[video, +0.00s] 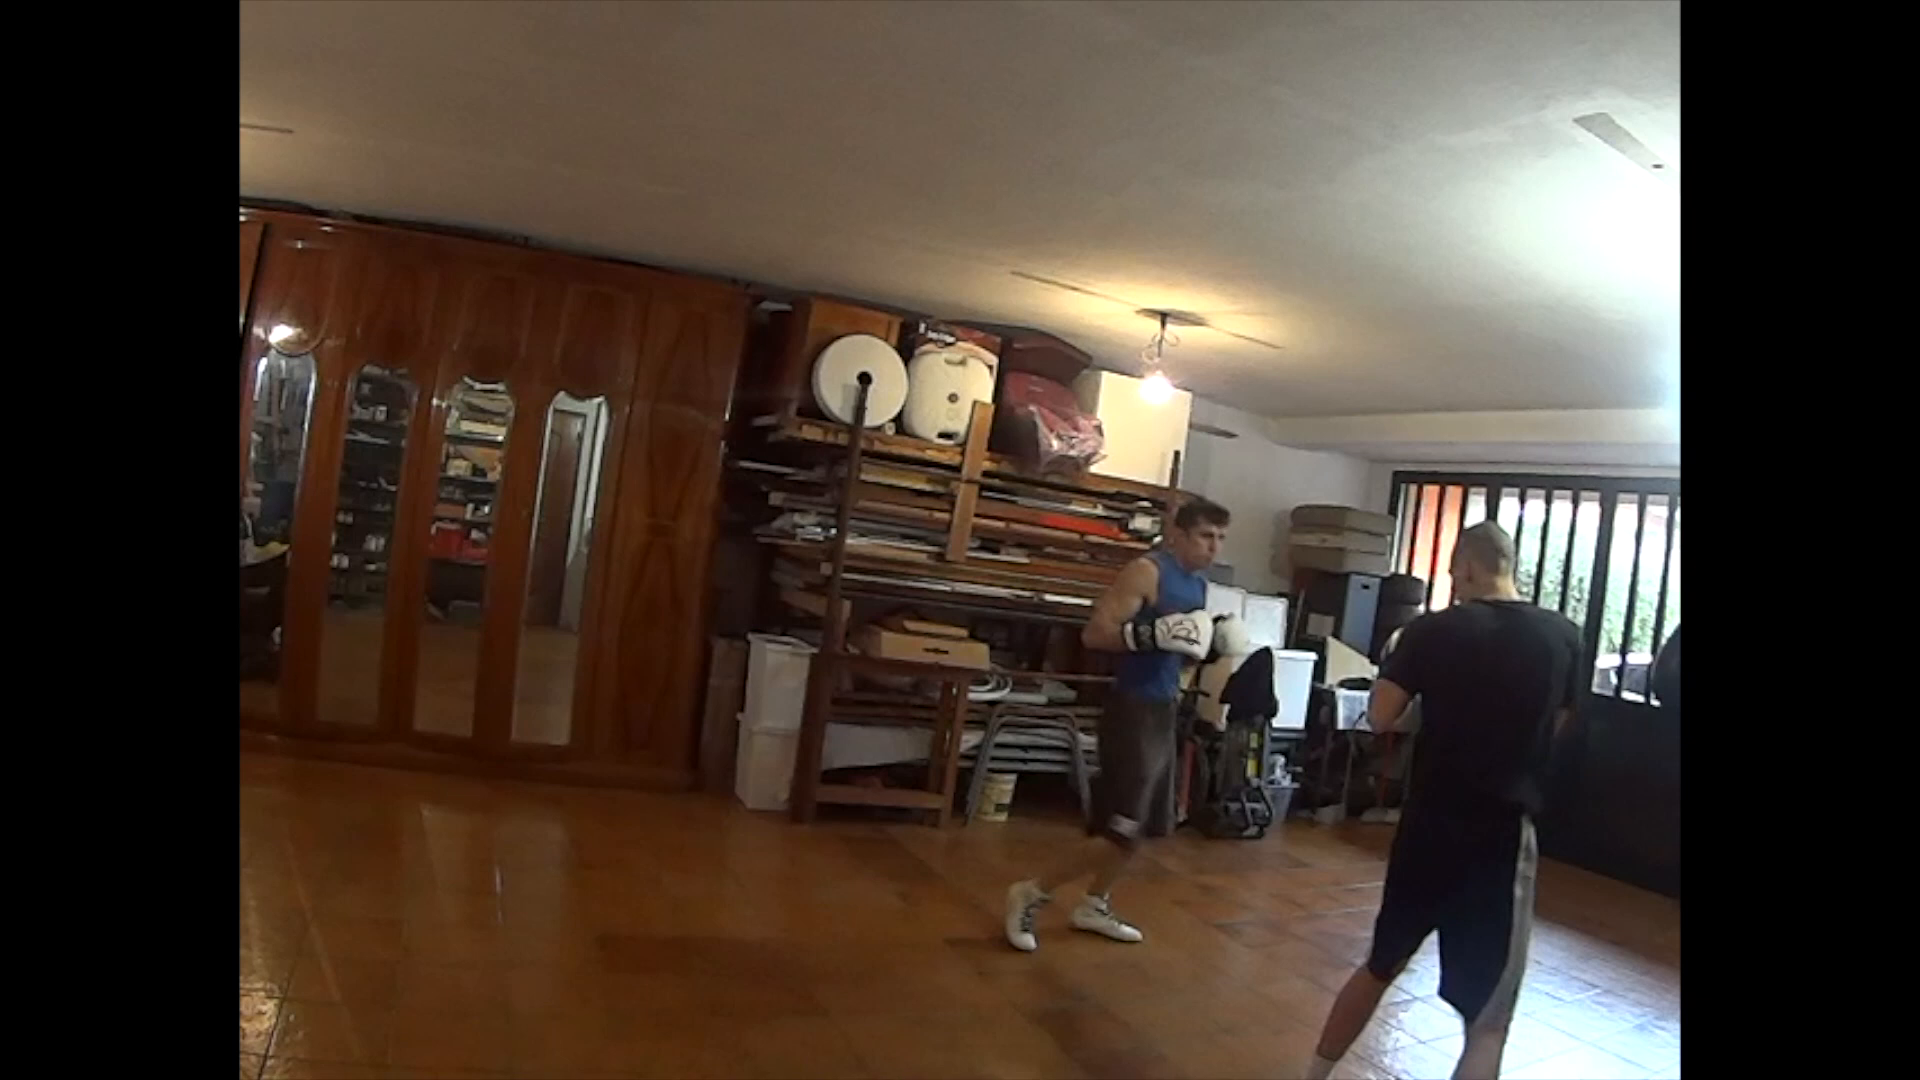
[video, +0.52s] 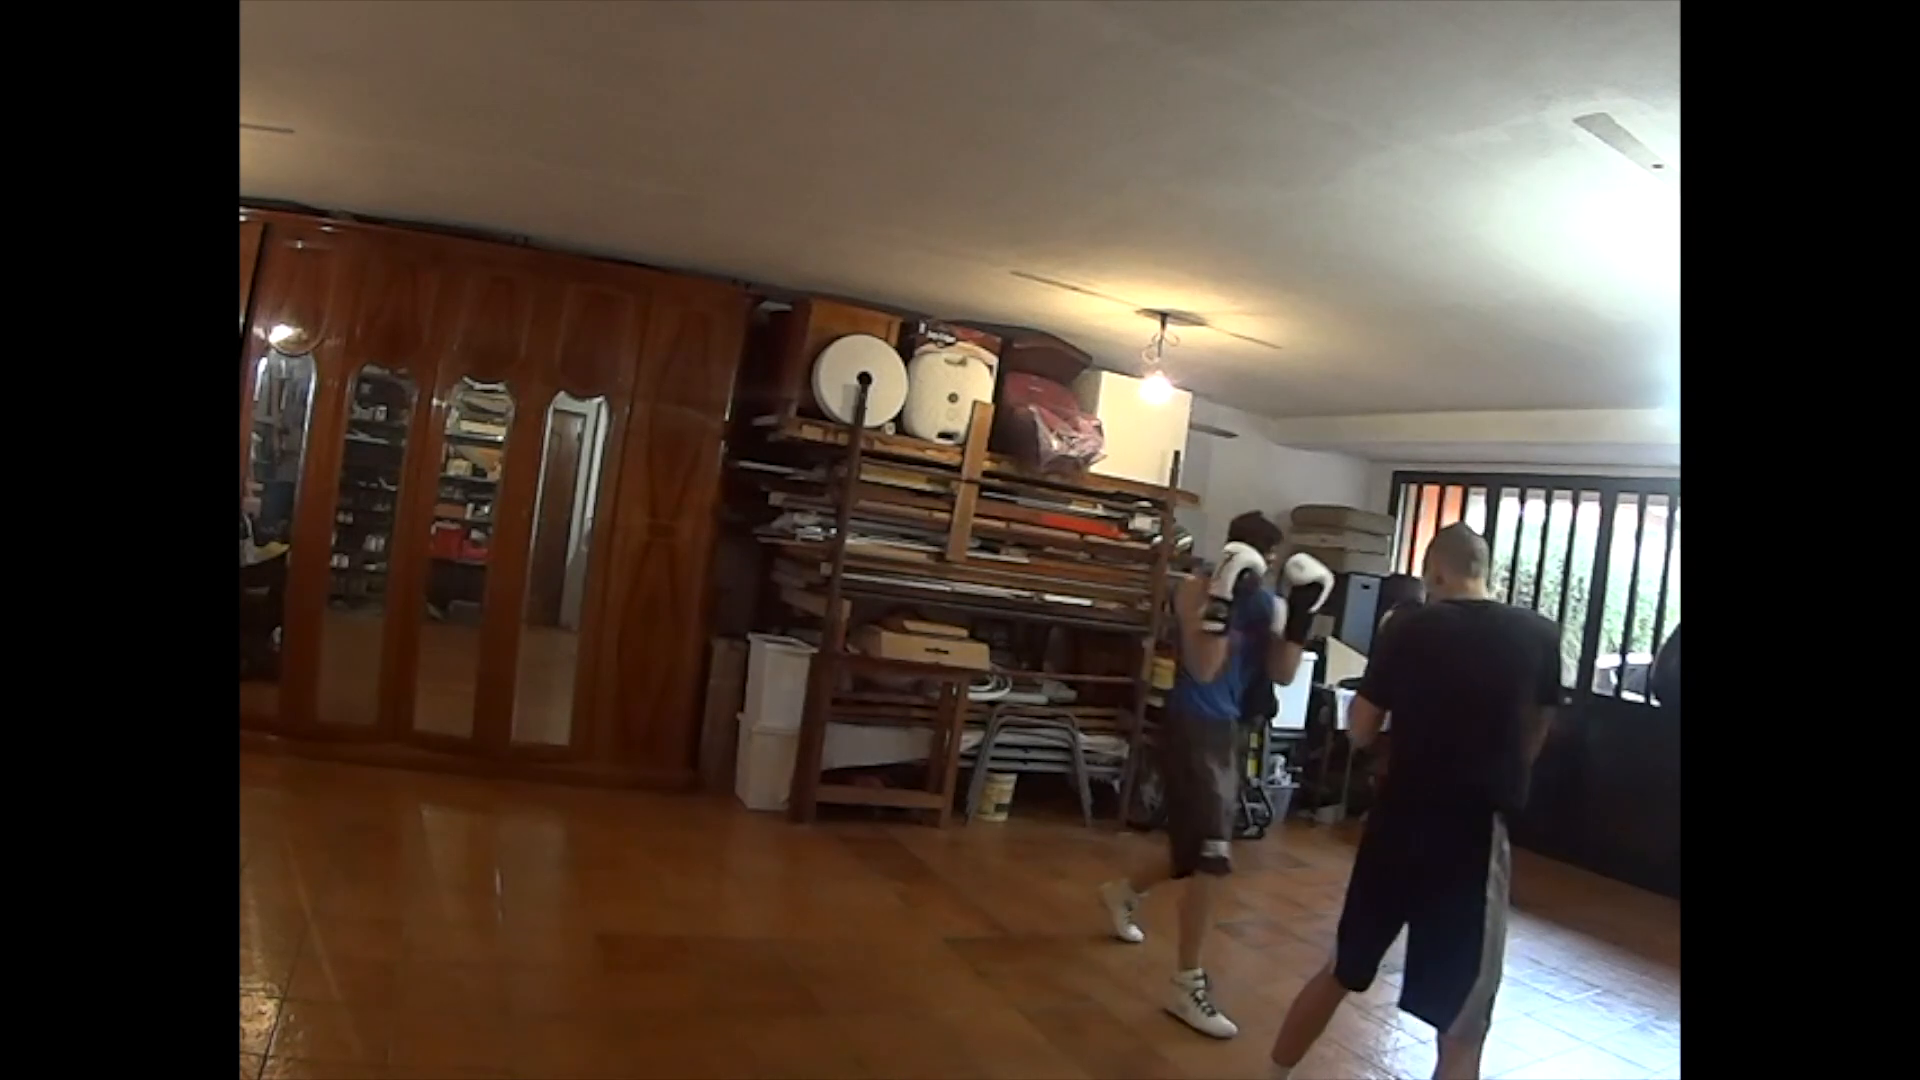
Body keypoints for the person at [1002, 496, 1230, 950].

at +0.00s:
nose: (1214, 548)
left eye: (1219, 540)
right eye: (1206, 537)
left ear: (1220, 543)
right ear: (1176, 533)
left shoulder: (1197, 586)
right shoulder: (1145, 571)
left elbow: (1179, 652)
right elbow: (1095, 634)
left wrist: (1213, 644)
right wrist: (1151, 633)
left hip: (1163, 713)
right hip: (1132, 710)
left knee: (1143, 825)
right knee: (1121, 832)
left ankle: (1093, 905)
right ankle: (1030, 893)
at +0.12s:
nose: (1226, 551)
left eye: (1231, 542)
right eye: (1219, 540)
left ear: (1231, 545)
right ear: (1192, 535)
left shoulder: (1210, 587)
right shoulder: (1159, 570)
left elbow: (1201, 671)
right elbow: (1105, 631)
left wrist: (1231, 635)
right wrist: (1162, 624)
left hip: (1174, 709)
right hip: (1145, 706)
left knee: (1153, 826)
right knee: (1152, 835)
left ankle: (1092, 902)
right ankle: (1062, 893)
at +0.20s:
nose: (1231, 544)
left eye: (1238, 537)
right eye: (1223, 534)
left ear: (1242, 541)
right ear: (1201, 530)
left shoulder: (1219, 581)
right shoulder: (1167, 562)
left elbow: (1213, 665)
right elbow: (1113, 625)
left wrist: (1241, 620)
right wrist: (1171, 606)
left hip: (1178, 704)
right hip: (1150, 700)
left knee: (1151, 821)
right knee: (1165, 826)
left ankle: (1105, 907)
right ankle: (1091, 909)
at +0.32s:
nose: (1243, 546)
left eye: (1250, 539)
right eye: (1235, 536)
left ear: (1257, 542)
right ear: (1214, 532)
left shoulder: (1232, 589)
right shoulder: (1180, 564)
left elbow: (1242, 665)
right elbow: (1139, 634)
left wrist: (1262, 613)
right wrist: (1184, 592)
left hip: (1198, 710)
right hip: (1167, 705)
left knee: (1154, 823)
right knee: (1171, 833)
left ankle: (1099, 897)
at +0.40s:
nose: (1252, 555)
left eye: (1259, 548)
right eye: (1245, 544)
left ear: (1262, 552)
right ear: (1221, 539)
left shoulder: (1242, 598)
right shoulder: (1184, 576)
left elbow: (1255, 673)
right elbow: (1158, 651)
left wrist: (1270, 618)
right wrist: (1195, 593)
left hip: (1205, 719)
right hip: (1173, 714)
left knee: (1168, 833)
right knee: (1180, 844)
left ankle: (1104, 897)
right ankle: (1178, 973)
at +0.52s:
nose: (1269, 568)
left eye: (1272, 561)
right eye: (1266, 558)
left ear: (1265, 563)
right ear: (1241, 553)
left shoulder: (1260, 602)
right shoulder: (1195, 588)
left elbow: (1282, 670)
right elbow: (1202, 667)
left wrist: (1300, 613)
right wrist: (1221, 598)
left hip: (1226, 731)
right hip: (1192, 728)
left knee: (1199, 849)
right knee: (1210, 857)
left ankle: (1124, 890)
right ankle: (1188, 983)